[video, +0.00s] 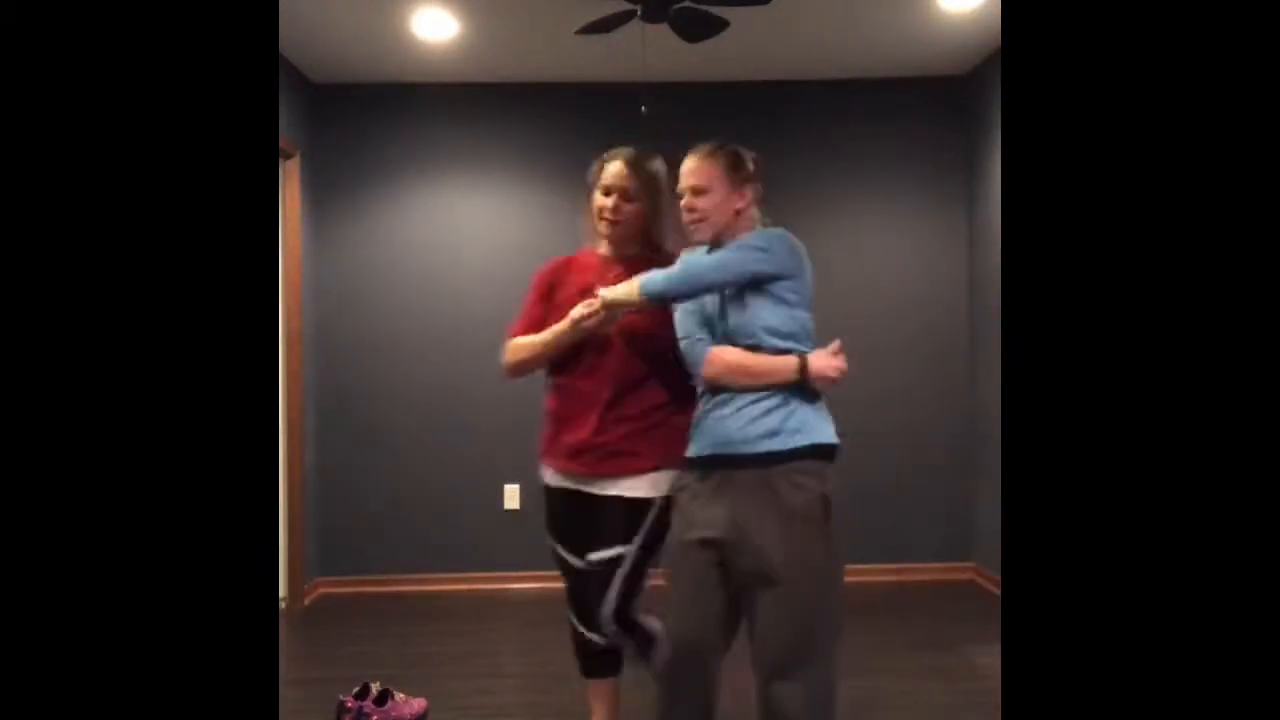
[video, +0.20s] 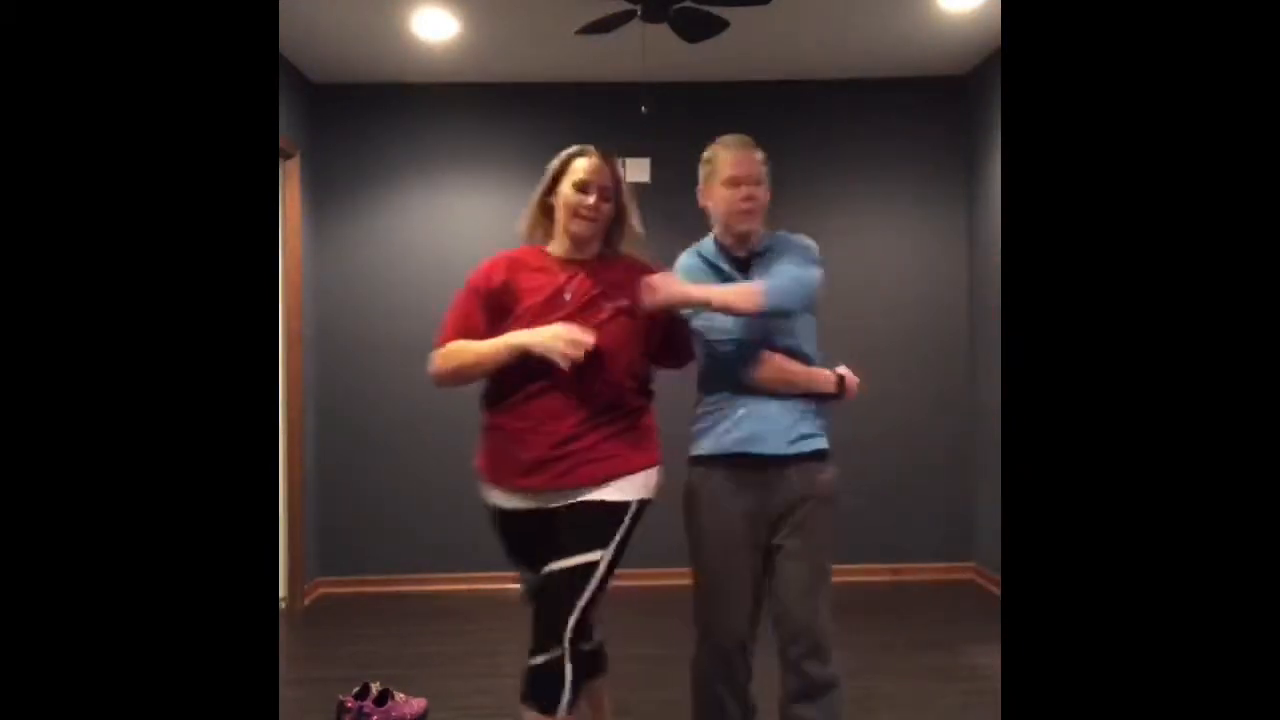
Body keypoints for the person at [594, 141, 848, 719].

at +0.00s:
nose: (686, 207)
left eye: (700, 194)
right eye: (682, 195)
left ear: (744, 198)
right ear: (677, 206)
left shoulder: (778, 248)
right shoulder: (686, 282)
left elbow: (681, 277)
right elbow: (703, 361)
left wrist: (612, 296)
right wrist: (803, 366)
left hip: (786, 472)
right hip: (706, 474)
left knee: (792, 665)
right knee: (684, 653)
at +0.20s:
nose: (750, 196)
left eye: (758, 184)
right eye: (735, 185)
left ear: (770, 192)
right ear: (705, 194)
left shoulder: (797, 252)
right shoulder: (692, 267)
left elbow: (774, 298)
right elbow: (741, 359)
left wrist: (686, 292)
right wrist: (829, 381)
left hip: (803, 461)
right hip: (723, 464)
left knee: (807, 633)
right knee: (725, 636)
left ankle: (816, 715)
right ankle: (726, 717)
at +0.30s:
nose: (802, 186)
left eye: (799, 174)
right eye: (788, 176)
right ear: (743, 189)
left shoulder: (809, 252)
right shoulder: (720, 265)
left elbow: (847, 310)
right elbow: (770, 367)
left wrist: (773, 290)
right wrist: (829, 383)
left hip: (811, 465)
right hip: (739, 467)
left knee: (831, 632)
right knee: (731, 637)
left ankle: (831, 714)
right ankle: (725, 714)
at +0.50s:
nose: (849, 208)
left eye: (846, 196)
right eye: (846, 196)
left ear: (781, 201)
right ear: (833, 198)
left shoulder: (763, 265)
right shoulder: (861, 269)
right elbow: (868, 366)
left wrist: (877, 282)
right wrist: (887, 295)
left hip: (771, 475)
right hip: (831, 481)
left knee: (824, 624)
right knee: (849, 629)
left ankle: (830, 712)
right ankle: (774, 711)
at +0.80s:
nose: (816, 200)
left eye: (831, 189)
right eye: (816, 188)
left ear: (879, 193)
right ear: (869, 197)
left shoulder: (872, 248)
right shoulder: (887, 249)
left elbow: (778, 305)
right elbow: (794, 343)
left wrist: (799, 274)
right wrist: (713, 325)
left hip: (870, 469)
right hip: (916, 465)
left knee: (837, 629)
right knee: (897, 626)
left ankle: (833, 710)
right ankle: (915, 713)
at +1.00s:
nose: (804, 200)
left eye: (820, 187)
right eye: (799, 188)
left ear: (861, 196)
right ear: (794, 194)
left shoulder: (889, 261)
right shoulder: (794, 281)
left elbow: (949, 347)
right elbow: (758, 366)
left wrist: (848, 379)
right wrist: (678, 340)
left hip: (880, 473)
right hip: (827, 472)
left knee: (816, 624)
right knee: (868, 624)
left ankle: (812, 716)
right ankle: (915, 715)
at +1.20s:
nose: (760, 193)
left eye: (774, 181)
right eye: (748, 181)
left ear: (800, 194)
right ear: (729, 194)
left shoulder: (843, 271)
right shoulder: (706, 288)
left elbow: (905, 373)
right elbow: (701, 400)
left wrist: (901, 480)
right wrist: (610, 415)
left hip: (838, 497)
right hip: (743, 493)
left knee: (809, 668)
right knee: (723, 660)